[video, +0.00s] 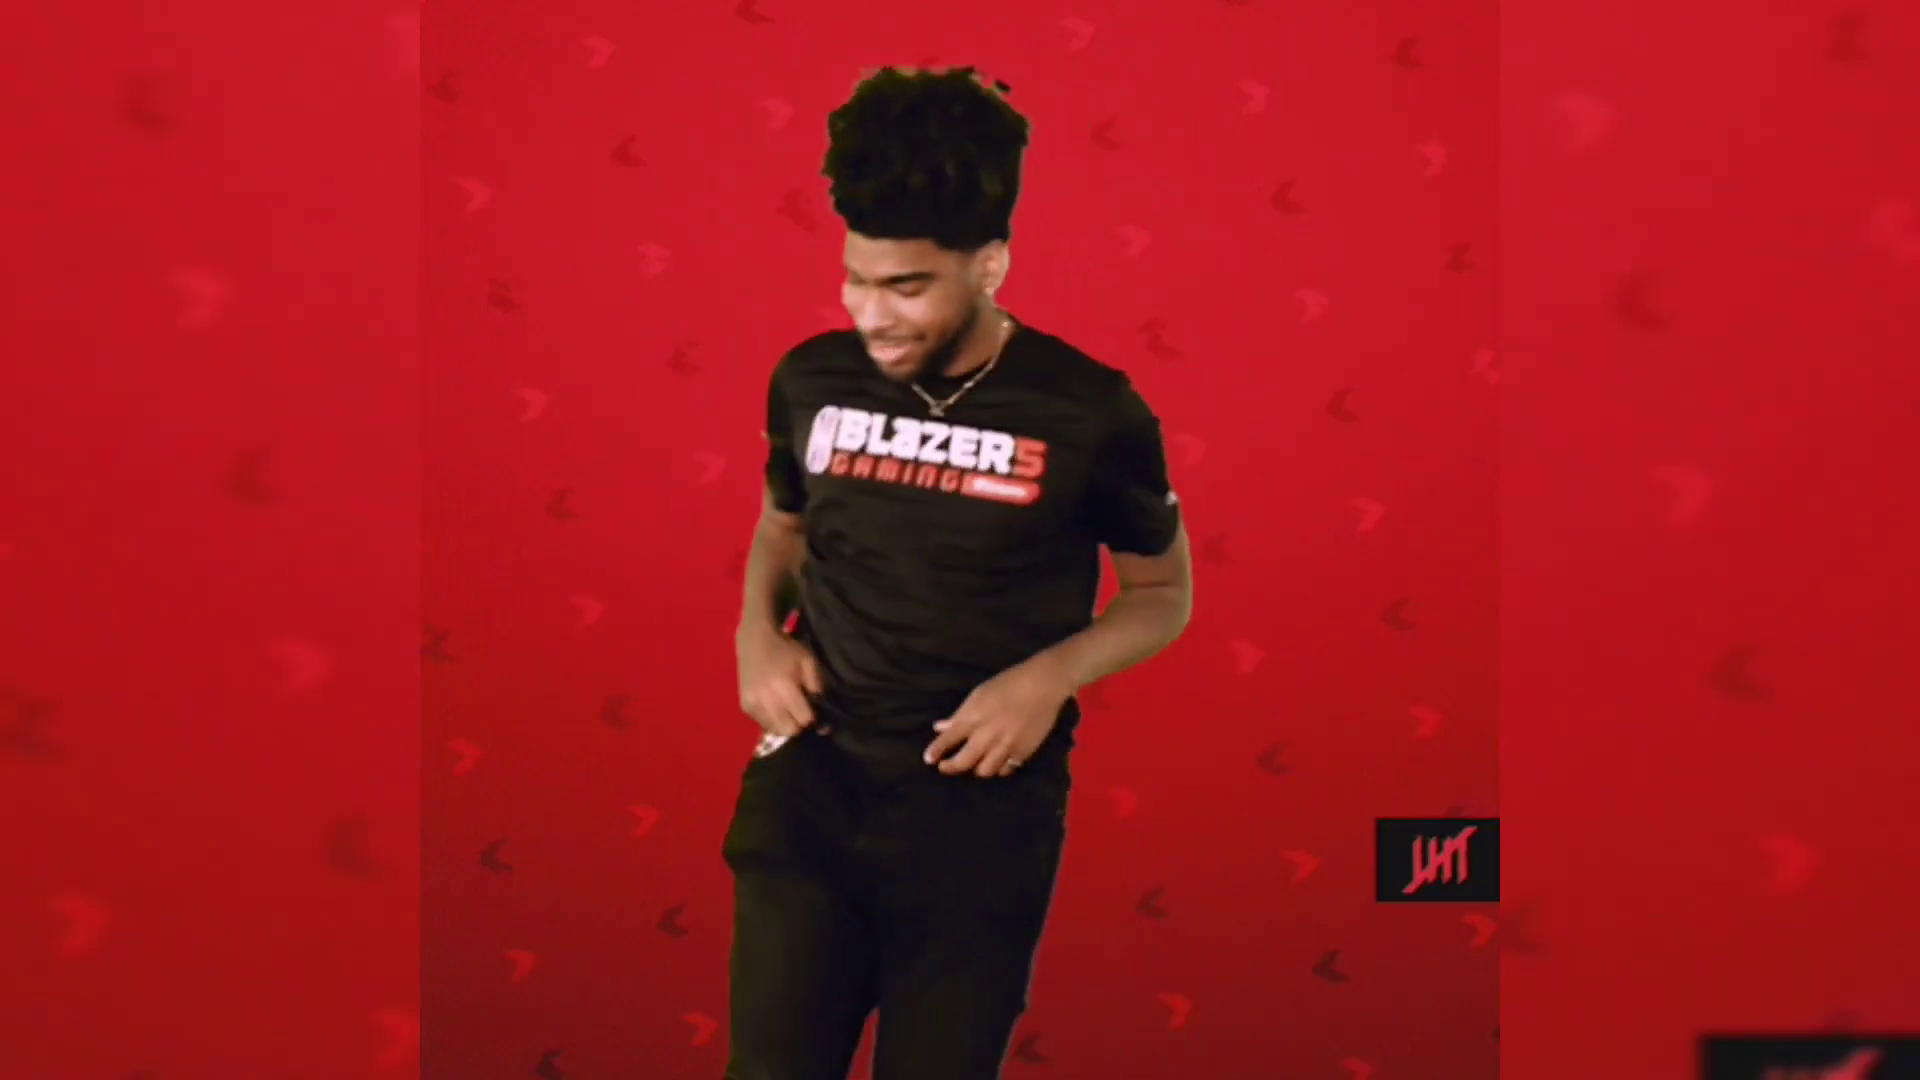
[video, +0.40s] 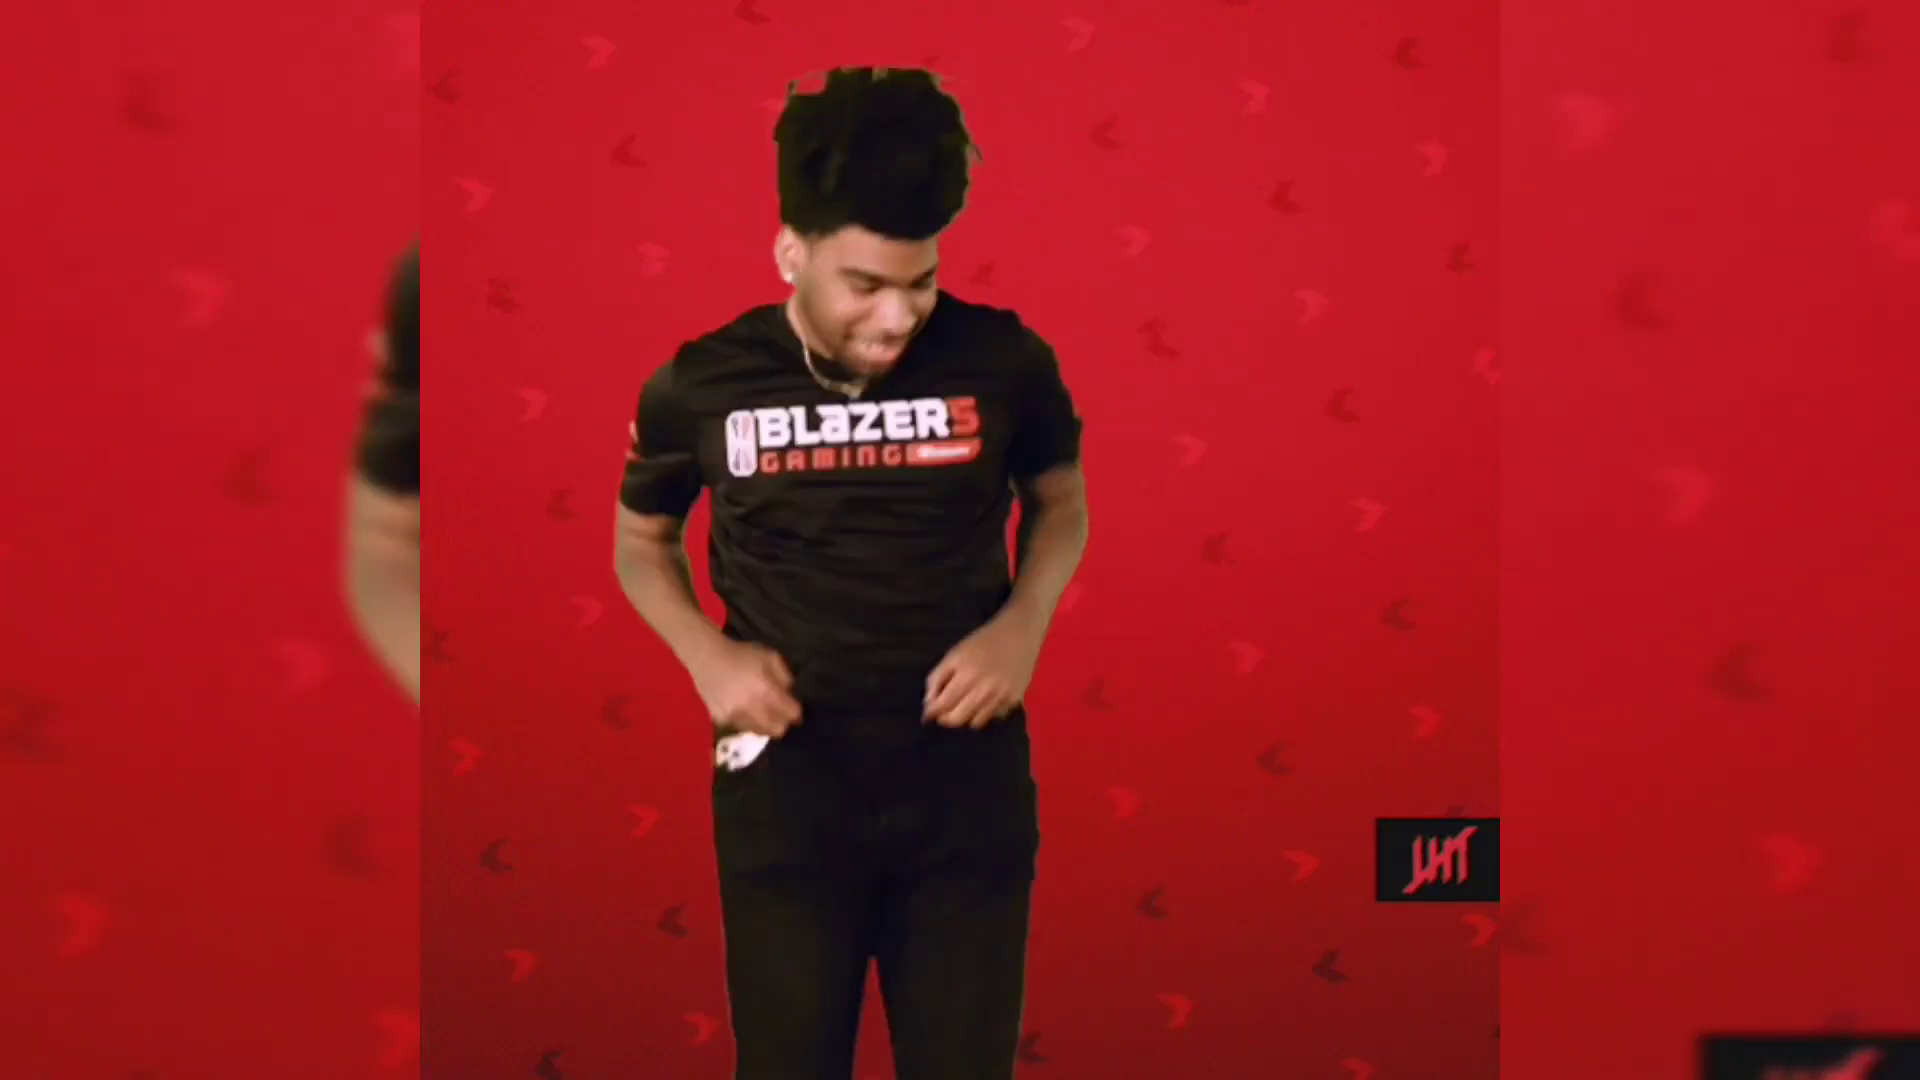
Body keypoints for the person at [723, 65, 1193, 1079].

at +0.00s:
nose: (873, 315)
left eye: (907, 285)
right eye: (856, 278)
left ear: (992, 267)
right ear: (840, 254)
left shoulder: (1097, 420)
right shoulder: (811, 385)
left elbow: (1162, 594)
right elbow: (780, 534)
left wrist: (1048, 677)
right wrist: (756, 641)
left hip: (983, 822)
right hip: (807, 801)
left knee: (937, 1064)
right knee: (772, 1062)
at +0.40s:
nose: (896, 315)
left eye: (920, 282)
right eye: (864, 282)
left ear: (942, 255)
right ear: (789, 250)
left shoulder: (1002, 362)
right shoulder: (701, 390)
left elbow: (1059, 501)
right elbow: (641, 543)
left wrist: (1023, 627)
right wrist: (709, 656)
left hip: (964, 780)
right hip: (786, 786)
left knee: (965, 1061)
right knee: (788, 1063)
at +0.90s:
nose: (977, 332)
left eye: (1000, 300)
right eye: (948, 298)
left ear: (1023, 272)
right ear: (871, 262)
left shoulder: (1046, 375)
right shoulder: (757, 407)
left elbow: (1061, 522)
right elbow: (651, 575)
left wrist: (1072, 638)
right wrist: (776, 688)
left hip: (1039, 797)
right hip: (862, 816)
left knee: (1076, 1062)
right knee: (891, 1064)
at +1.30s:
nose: (902, 383)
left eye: (937, 351)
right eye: (876, 346)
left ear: (984, 319)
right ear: (843, 311)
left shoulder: (1074, 446)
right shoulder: (778, 468)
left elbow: (1140, 588)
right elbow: (738, 673)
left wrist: (1103, 731)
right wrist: (804, 811)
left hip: (1038, 849)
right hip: (866, 860)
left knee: (987, 1060)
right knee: (874, 1064)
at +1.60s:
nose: (872, 374)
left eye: (904, 342)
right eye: (843, 335)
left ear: (938, 311)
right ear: (794, 297)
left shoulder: (1013, 423)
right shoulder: (731, 462)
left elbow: (1154, 577)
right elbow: (711, 674)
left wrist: (1068, 694)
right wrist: (683, 875)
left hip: (1033, 822)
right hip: (865, 846)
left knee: (1015, 1057)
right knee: (882, 1060)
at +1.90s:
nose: (805, 352)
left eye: (836, 320)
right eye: (776, 319)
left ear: (884, 300)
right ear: (743, 298)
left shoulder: (987, 418)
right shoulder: (695, 469)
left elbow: (1104, 597)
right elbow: (656, 649)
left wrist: (961, 638)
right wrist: (601, 853)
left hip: (994, 832)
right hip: (817, 850)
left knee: (955, 1057)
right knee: (843, 1060)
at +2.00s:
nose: (703, 365)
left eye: (731, 325)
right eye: (687, 334)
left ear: (825, 305)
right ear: (679, 323)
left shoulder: (975, 438)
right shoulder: (690, 486)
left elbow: (1084, 643)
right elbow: (643, 681)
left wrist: (936, 621)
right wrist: (617, 843)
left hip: (944, 854)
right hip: (774, 867)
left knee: (881, 1055)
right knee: (780, 1056)